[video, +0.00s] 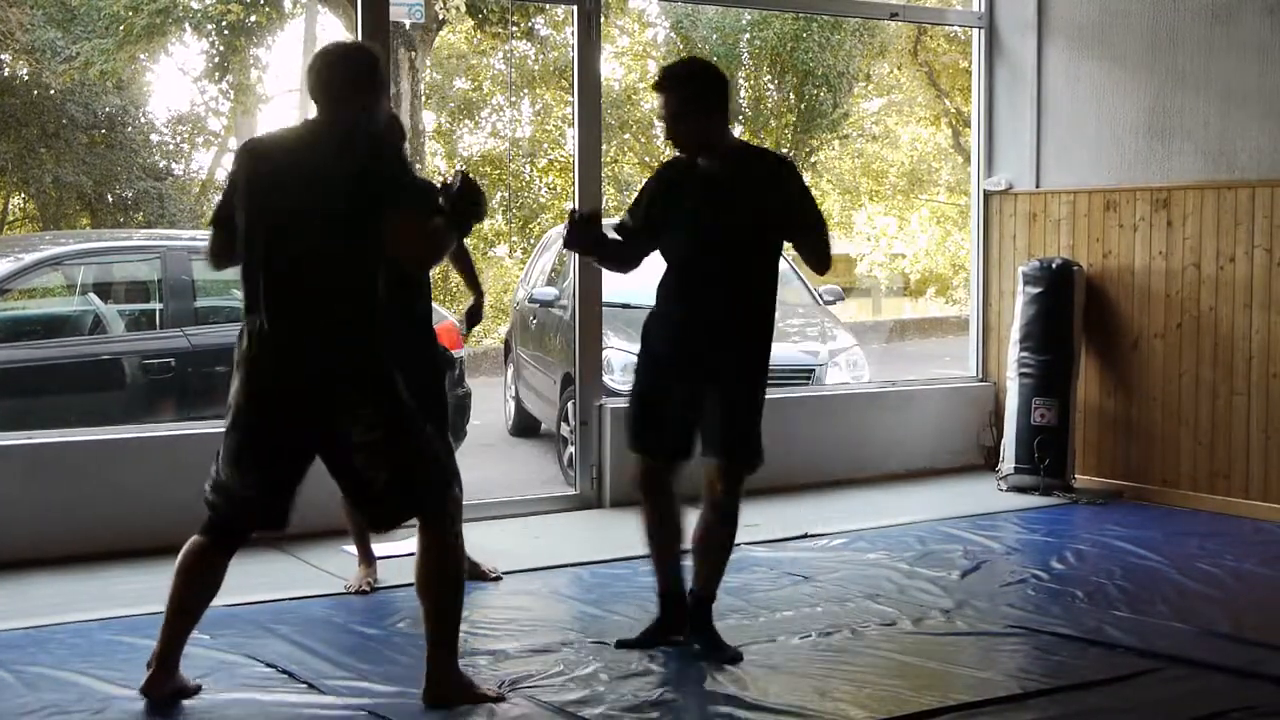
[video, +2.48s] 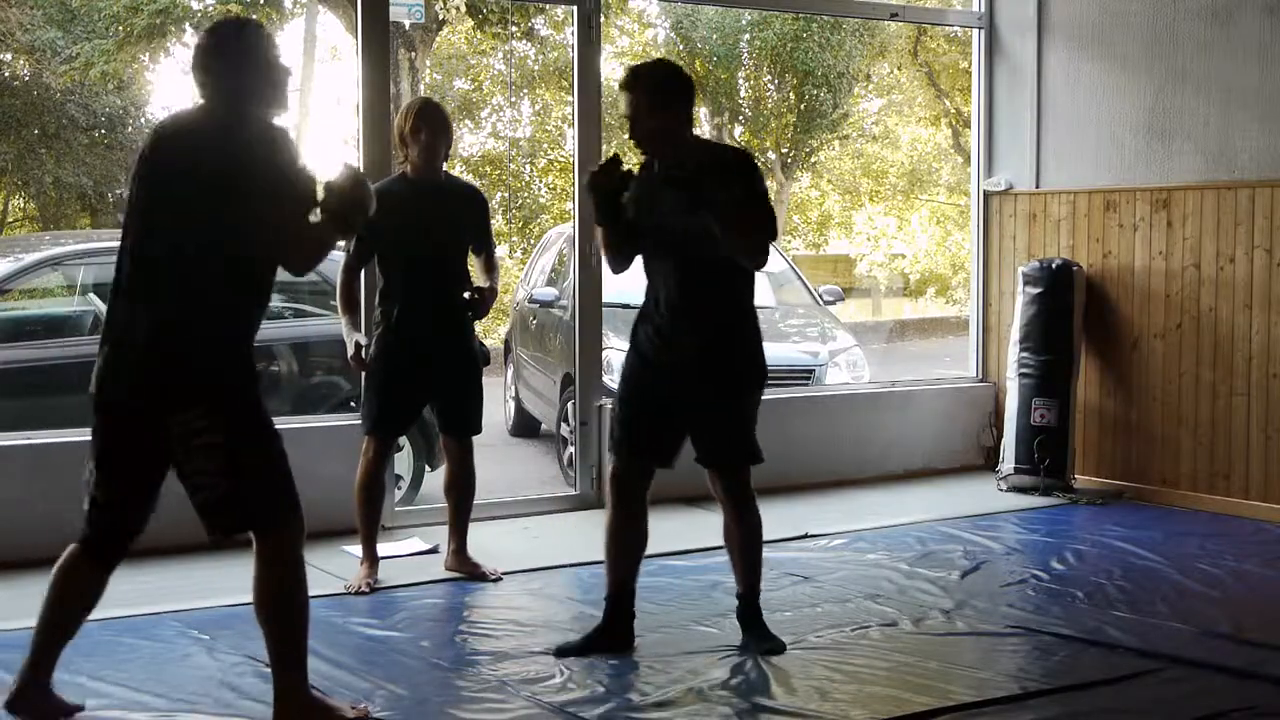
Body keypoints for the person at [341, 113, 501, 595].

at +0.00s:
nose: (396, 141)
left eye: (398, 133)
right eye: (387, 132)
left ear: (403, 142)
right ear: (366, 139)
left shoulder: (413, 193)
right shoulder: (336, 196)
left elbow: (450, 240)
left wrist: (478, 294)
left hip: (411, 337)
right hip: (348, 339)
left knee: (434, 444)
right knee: (348, 455)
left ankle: (449, 550)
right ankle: (365, 560)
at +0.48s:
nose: (380, 152)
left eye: (387, 141)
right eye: (369, 142)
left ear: (400, 144)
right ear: (351, 147)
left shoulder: (422, 200)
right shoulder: (330, 209)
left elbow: (443, 254)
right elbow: (297, 282)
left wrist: (448, 297)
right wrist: (299, 341)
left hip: (408, 341)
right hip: (350, 345)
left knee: (432, 447)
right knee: (348, 454)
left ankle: (455, 552)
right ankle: (364, 561)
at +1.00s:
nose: (391, 146)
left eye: (398, 137)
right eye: (381, 137)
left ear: (406, 141)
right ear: (359, 142)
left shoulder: (427, 198)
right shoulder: (334, 207)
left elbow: (452, 256)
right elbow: (307, 278)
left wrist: (454, 288)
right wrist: (306, 338)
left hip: (414, 340)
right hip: (358, 343)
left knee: (437, 446)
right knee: (353, 454)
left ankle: (454, 552)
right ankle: (364, 560)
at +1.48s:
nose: (419, 140)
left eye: (424, 131)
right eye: (409, 131)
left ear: (431, 136)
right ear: (387, 137)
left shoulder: (451, 196)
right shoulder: (364, 199)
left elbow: (477, 255)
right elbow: (335, 274)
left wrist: (479, 288)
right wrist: (336, 335)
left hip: (439, 336)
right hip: (382, 339)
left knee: (452, 446)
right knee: (370, 450)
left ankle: (456, 552)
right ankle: (367, 561)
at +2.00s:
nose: (433, 140)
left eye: (438, 131)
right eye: (424, 131)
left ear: (447, 137)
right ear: (403, 137)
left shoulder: (466, 198)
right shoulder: (375, 200)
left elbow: (487, 256)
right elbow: (348, 271)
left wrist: (490, 290)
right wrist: (348, 330)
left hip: (450, 334)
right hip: (393, 336)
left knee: (458, 445)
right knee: (376, 446)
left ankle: (457, 552)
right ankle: (368, 561)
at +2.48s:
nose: (427, 140)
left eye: (435, 131)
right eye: (418, 131)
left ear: (448, 137)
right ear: (403, 138)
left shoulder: (468, 198)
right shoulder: (382, 197)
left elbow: (487, 258)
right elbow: (351, 272)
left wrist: (490, 290)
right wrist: (352, 332)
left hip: (452, 336)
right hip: (395, 338)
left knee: (459, 446)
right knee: (377, 447)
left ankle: (457, 552)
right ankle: (367, 560)